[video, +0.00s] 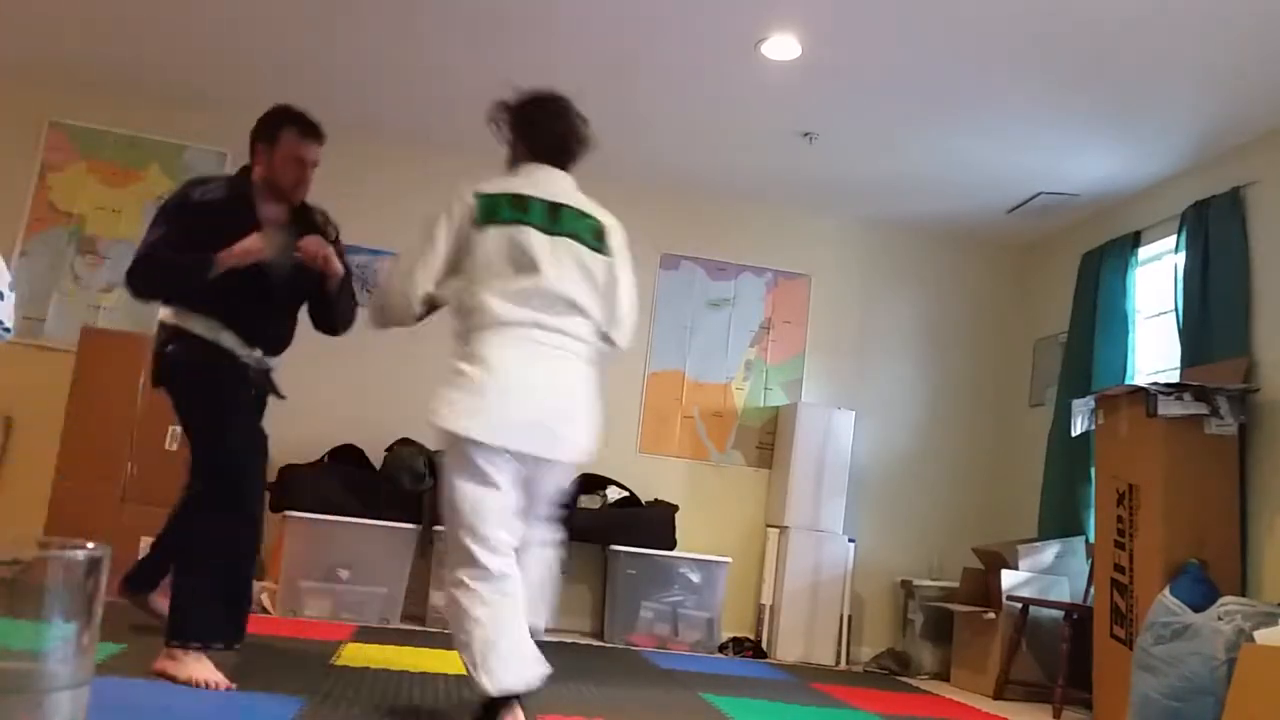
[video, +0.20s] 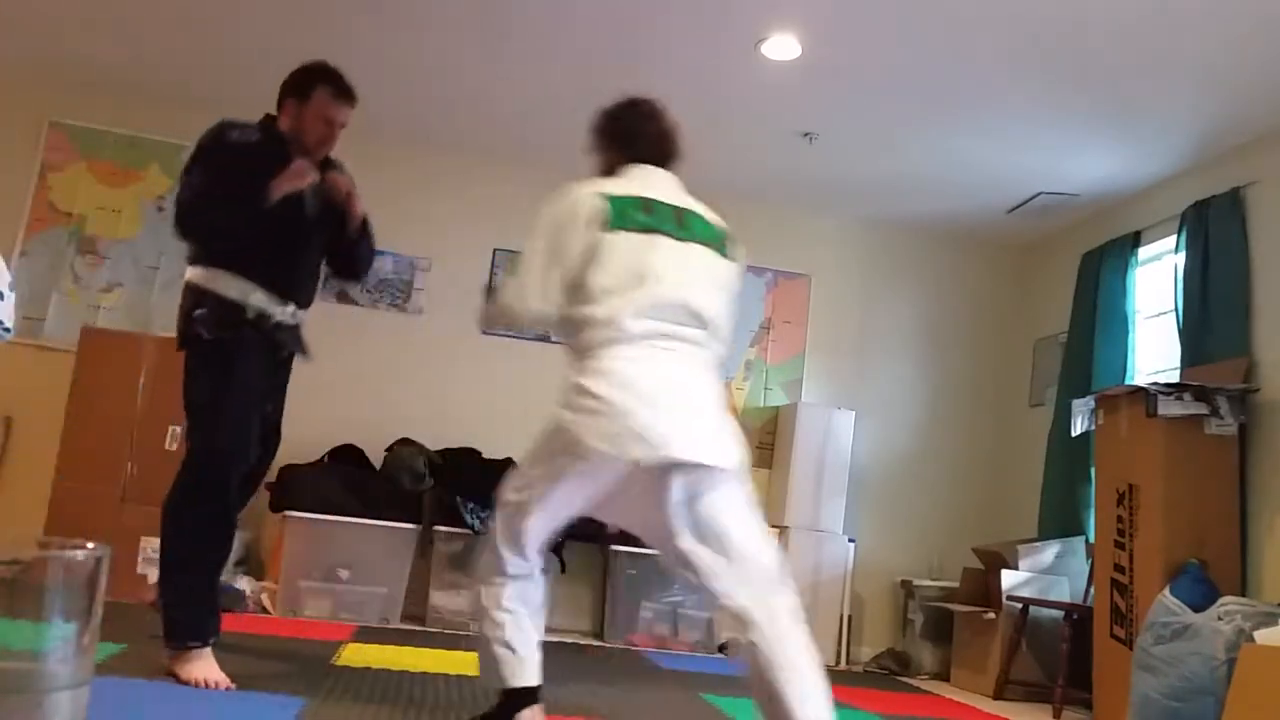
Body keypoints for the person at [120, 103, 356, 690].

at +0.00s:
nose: (306, 175)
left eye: (313, 164)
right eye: (296, 161)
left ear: (317, 166)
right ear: (261, 155)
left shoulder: (315, 226)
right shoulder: (207, 199)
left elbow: (336, 321)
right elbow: (145, 276)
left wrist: (333, 274)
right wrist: (224, 259)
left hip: (249, 369)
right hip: (196, 349)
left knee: (220, 486)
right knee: (234, 494)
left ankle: (144, 583)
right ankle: (185, 647)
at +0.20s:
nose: (332, 136)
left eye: (341, 127)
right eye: (325, 121)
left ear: (342, 127)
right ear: (289, 109)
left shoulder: (326, 178)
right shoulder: (234, 142)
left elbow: (353, 267)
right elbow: (195, 219)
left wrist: (349, 212)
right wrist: (271, 190)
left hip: (276, 331)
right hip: (221, 314)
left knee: (248, 467)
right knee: (215, 467)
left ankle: (186, 593)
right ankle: (189, 641)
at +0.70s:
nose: (362, 165)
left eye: (369, 156)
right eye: (355, 150)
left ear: (364, 156)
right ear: (319, 139)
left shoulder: (341, 218)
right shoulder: (259, 177)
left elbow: (322, 314)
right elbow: (210, 254)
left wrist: (348, 301)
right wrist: (294, 279)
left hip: (263, 341)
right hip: (231, 332)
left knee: (216, 485)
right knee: (286, 474)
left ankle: (170, 620)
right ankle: (250, 633)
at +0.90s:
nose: (360, 168)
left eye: (366, 160)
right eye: (353, 154)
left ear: (362, 161)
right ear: (319, 143)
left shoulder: (331, 218)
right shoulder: (274, 180)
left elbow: (317, 296)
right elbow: (240, 260)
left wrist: (372, 281)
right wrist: (327, 275)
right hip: (242, 348)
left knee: (174, 475)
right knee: (277, 494)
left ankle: (105, 596)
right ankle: (249, 637)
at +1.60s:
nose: (343, 171)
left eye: (349, 162)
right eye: (336, 156)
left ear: (350, 164)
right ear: (302, 145)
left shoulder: (315, 213)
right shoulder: (261, 179)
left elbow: (331, 293)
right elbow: (237, 253)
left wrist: (355, 248)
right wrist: (320, 240)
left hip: (200, 333)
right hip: (228, 340)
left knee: (151, 470)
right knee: (267, 492)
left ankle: (62, 593)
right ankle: (243, 642)